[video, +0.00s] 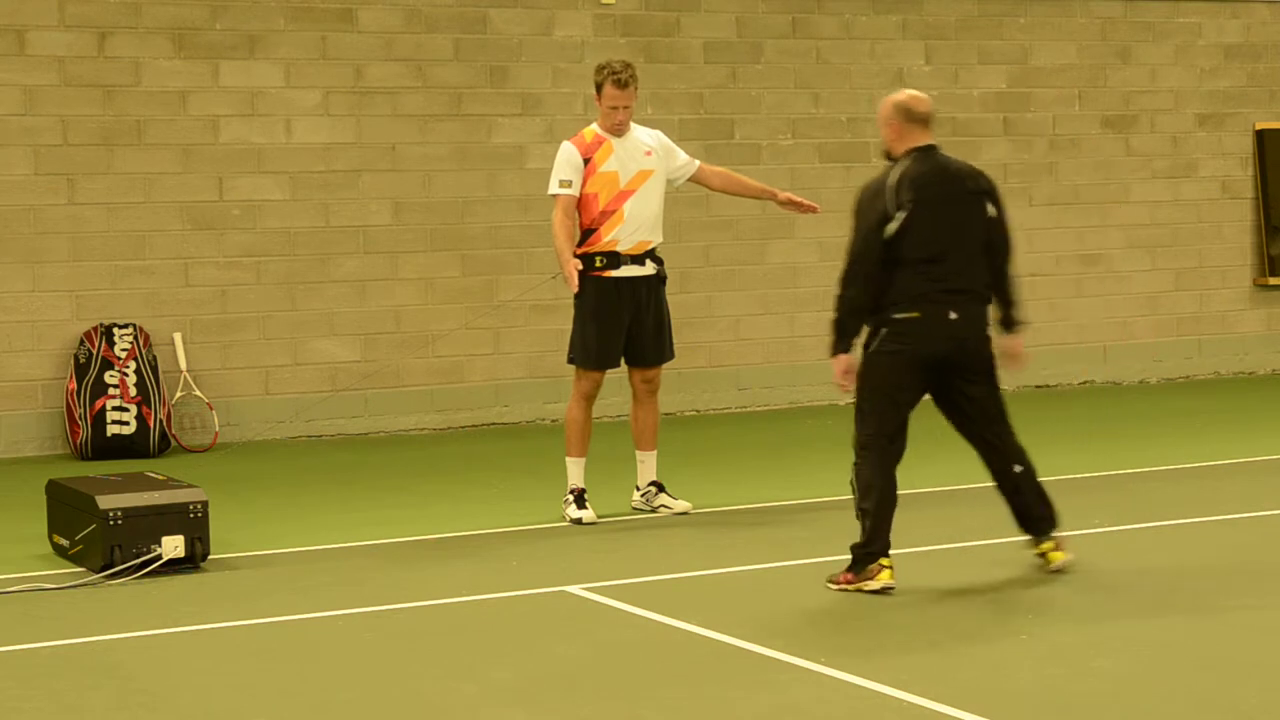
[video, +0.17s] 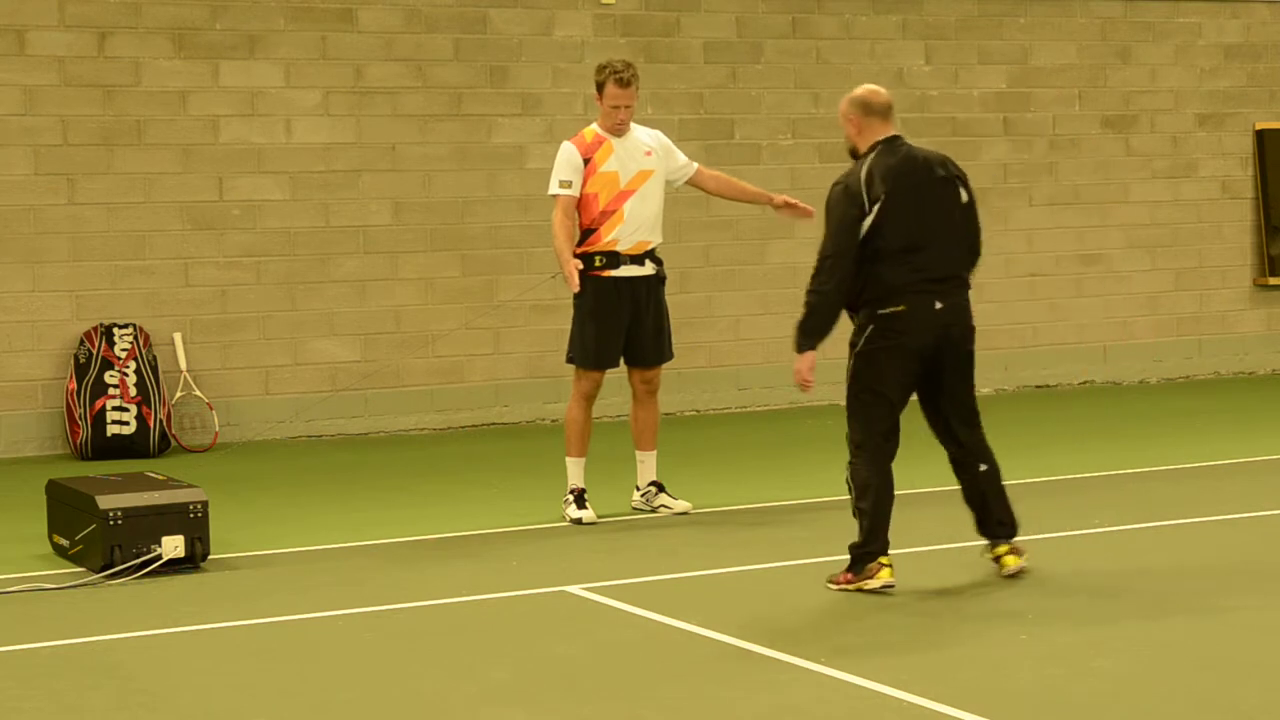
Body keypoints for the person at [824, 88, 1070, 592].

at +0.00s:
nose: (882, 136)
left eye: (883, 127)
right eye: (883, 126)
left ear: (894, 128)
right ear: (928, 125)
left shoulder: (883, 190)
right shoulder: (977, 182)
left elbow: (862, 271)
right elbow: (998, 256)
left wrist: (843, 344)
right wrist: (1009, 321)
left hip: (900, 337)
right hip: (966, 335)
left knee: (875, 447)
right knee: (996, 437)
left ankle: (871, 561)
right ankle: (1046, 537)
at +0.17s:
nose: (845, 135)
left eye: (845, 127)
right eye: (845, 126)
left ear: (854, 125)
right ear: (891, 118)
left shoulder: (854, 185)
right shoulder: (944, 167)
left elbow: (835, 266)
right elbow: (970, 244)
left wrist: (807, 342)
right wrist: (942, 285)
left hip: (888, 326)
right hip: (951, 317)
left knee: (870, 442)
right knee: (963, 430)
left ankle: (871, 560)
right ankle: (1004, 542)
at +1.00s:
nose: (815, 136)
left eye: (816, 127)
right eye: (816, 126)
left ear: (829, 126)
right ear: (861, 124)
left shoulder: (831, 183)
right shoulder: (909, 176)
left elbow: (823, 265)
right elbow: (935, 257)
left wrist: (796, 336)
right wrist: (940, 324)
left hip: (860, 330)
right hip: (917, 324)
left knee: (807, 432)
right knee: (931, 437)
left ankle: (799, 556)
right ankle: (967, 549)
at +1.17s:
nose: (764, 149)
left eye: (765, 139)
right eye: (764, 139)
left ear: (777, 139)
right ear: (807, 134)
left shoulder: (788, 199)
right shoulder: (851, 185)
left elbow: (790, 282)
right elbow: (878, 264)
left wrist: (771, 357)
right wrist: (870, 318)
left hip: (819, 345)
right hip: (870, 338)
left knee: (762, 440)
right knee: (901, 436)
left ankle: (755, 559)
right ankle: (960, 540)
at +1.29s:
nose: (712, 148)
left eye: (714, 139)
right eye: (712, 138)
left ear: (732, 138)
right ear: (755, 134)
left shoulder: (740, 200)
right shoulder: (798, 184)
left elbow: (748, 286)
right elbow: (828, 262)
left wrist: (753, 362)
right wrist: (809, 315)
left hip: (772, 340)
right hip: (819, 332)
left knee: (729, 448)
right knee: (831, 432)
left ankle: (753, 560)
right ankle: (913, 513)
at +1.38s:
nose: (681, 140)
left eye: (684, 131)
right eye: (681, 131)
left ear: (702, 133)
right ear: (724, 130)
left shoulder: (711, 194)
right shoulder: (767, 178)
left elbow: (719, 280)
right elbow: (794, 256)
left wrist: (725, 353)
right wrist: (778, 307)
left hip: (748, 335)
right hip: (788, 327)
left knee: (718, 446)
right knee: (770, 431)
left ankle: (752, 561)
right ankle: (858, 506)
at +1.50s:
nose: (633, 135)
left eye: (638, 125)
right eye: (634, 125)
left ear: (663, 127)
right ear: (673, 124)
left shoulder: (677, 186)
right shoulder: (713, 169)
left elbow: (677, 274)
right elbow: (747, 248)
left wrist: (672, 350)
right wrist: (721, 295)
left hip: (721, 324)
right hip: (734, 317)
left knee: (716, 436)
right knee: (689, 430)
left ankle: (751, 558)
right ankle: (749, 532)